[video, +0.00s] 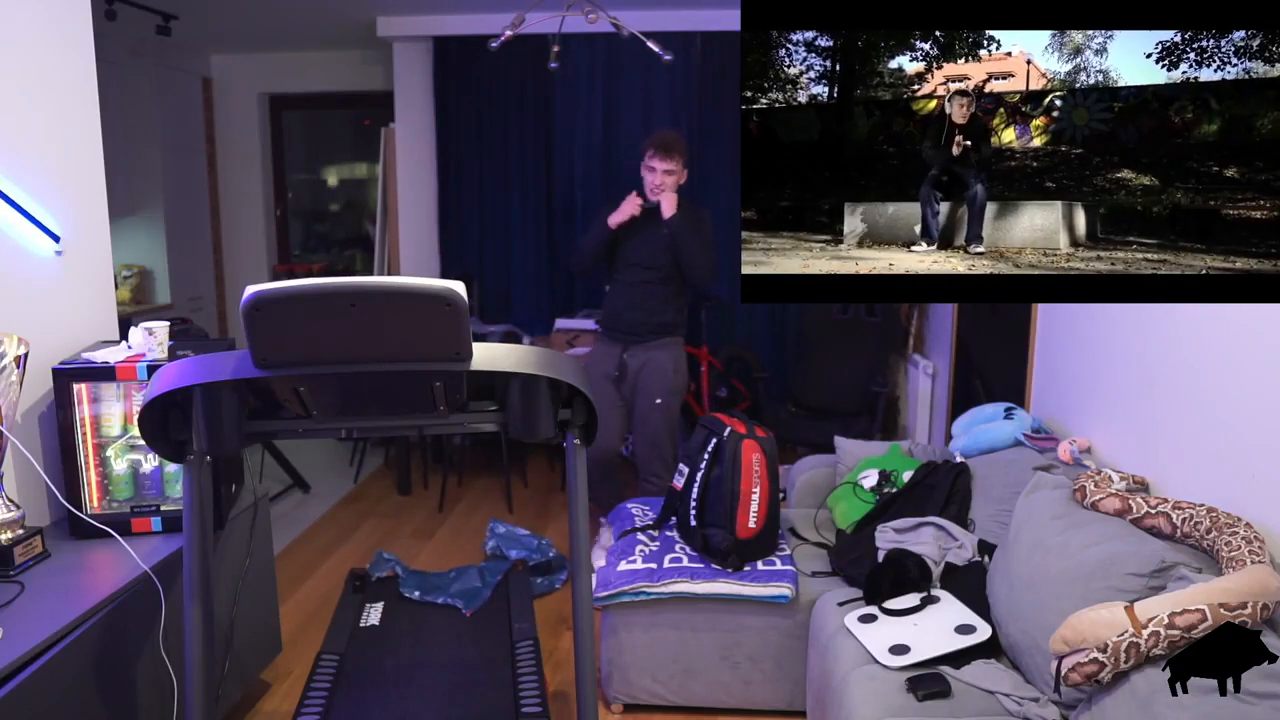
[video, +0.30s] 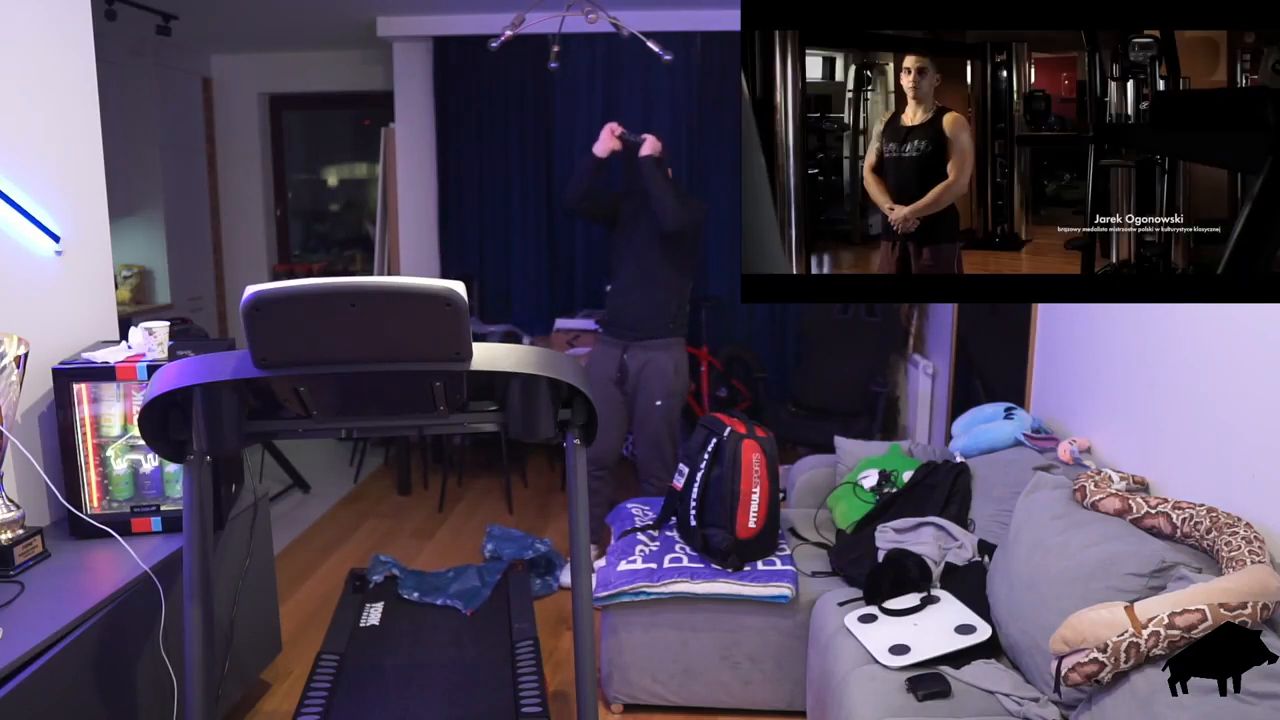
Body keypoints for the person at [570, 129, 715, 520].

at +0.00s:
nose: (657, 180)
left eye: (667, 172)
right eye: (651, 171)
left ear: (682, 176)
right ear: (641, 171)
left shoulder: (691, 219)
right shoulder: (623, 212)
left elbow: (700, 276)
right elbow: (583, 262)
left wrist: (672, 219)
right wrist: (613, 220)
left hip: (660, 348)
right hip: (609, 345)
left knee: (654, 451)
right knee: (599, 446)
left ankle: (654, 538)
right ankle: (606, 527)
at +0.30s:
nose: (642, 170)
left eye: (649, 163)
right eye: (637, 166)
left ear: (667, 169)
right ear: (632, 172)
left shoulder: (687, 207)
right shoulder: (624, 203)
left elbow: (672, 220)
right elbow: (576, 201)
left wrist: (649, 163)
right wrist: (598, 155)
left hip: (660, 347)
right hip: (610, 345)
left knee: (655, 453)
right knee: (598, 449)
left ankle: (658, 548)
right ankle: (593, 543)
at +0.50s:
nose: (631, 179)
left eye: (639, 171)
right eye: (627, 172)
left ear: (657, 171)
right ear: (619, 174)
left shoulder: (675, 205)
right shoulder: (610, 200)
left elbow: (671, 183)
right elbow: (570, 176)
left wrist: (634, 135)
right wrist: (585, 128)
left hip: (659, 348)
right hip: (608, 345)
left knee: (655, 456)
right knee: (594, 451)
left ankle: (657, 547)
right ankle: (588, 541)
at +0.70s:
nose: (616, 165)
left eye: (623, 156)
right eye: (609, 157)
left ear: (641, 160)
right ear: (600, 164)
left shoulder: (664, 193)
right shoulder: (594, 191)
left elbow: (664, 168)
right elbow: (545, 176)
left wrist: (629, 126)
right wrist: (590, 145)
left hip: (650, 347)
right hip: (598, 345)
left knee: (654, 460)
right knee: (591, 458)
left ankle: (657, 550)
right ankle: (584, 550)